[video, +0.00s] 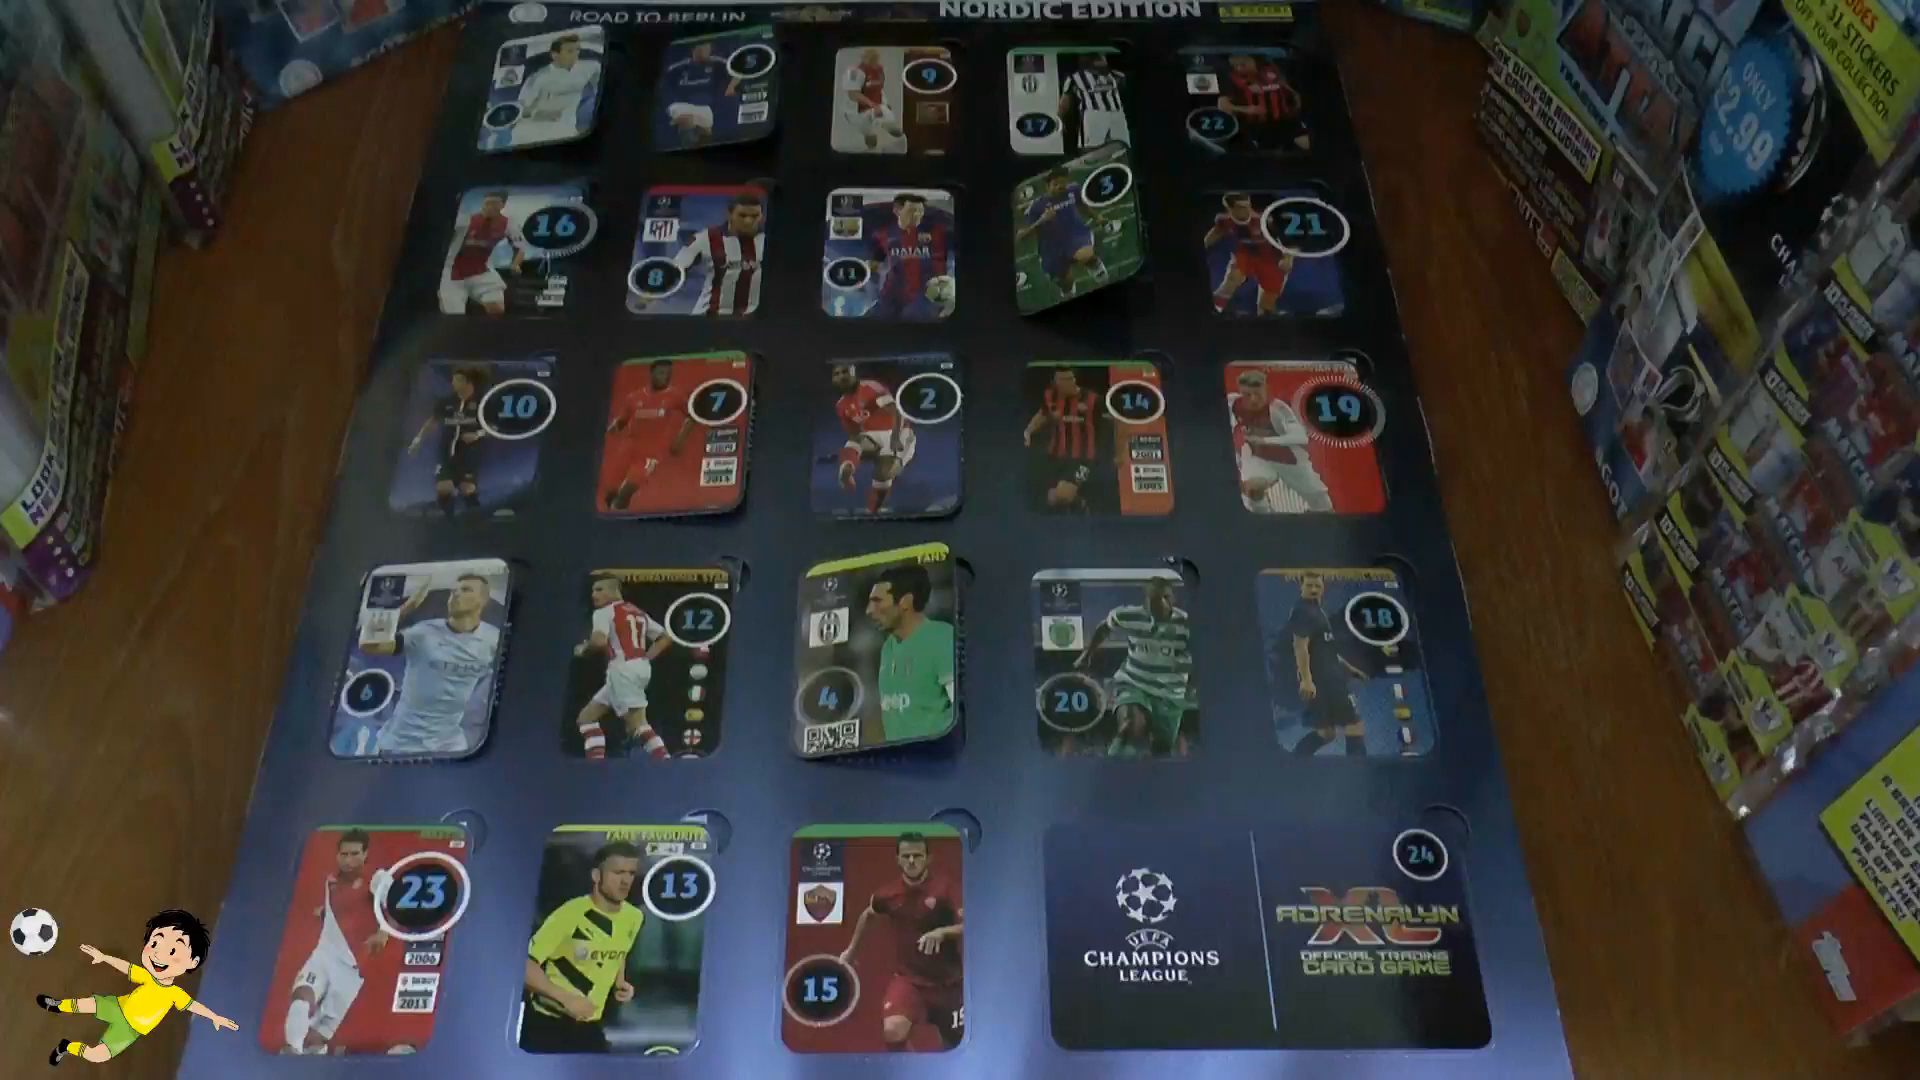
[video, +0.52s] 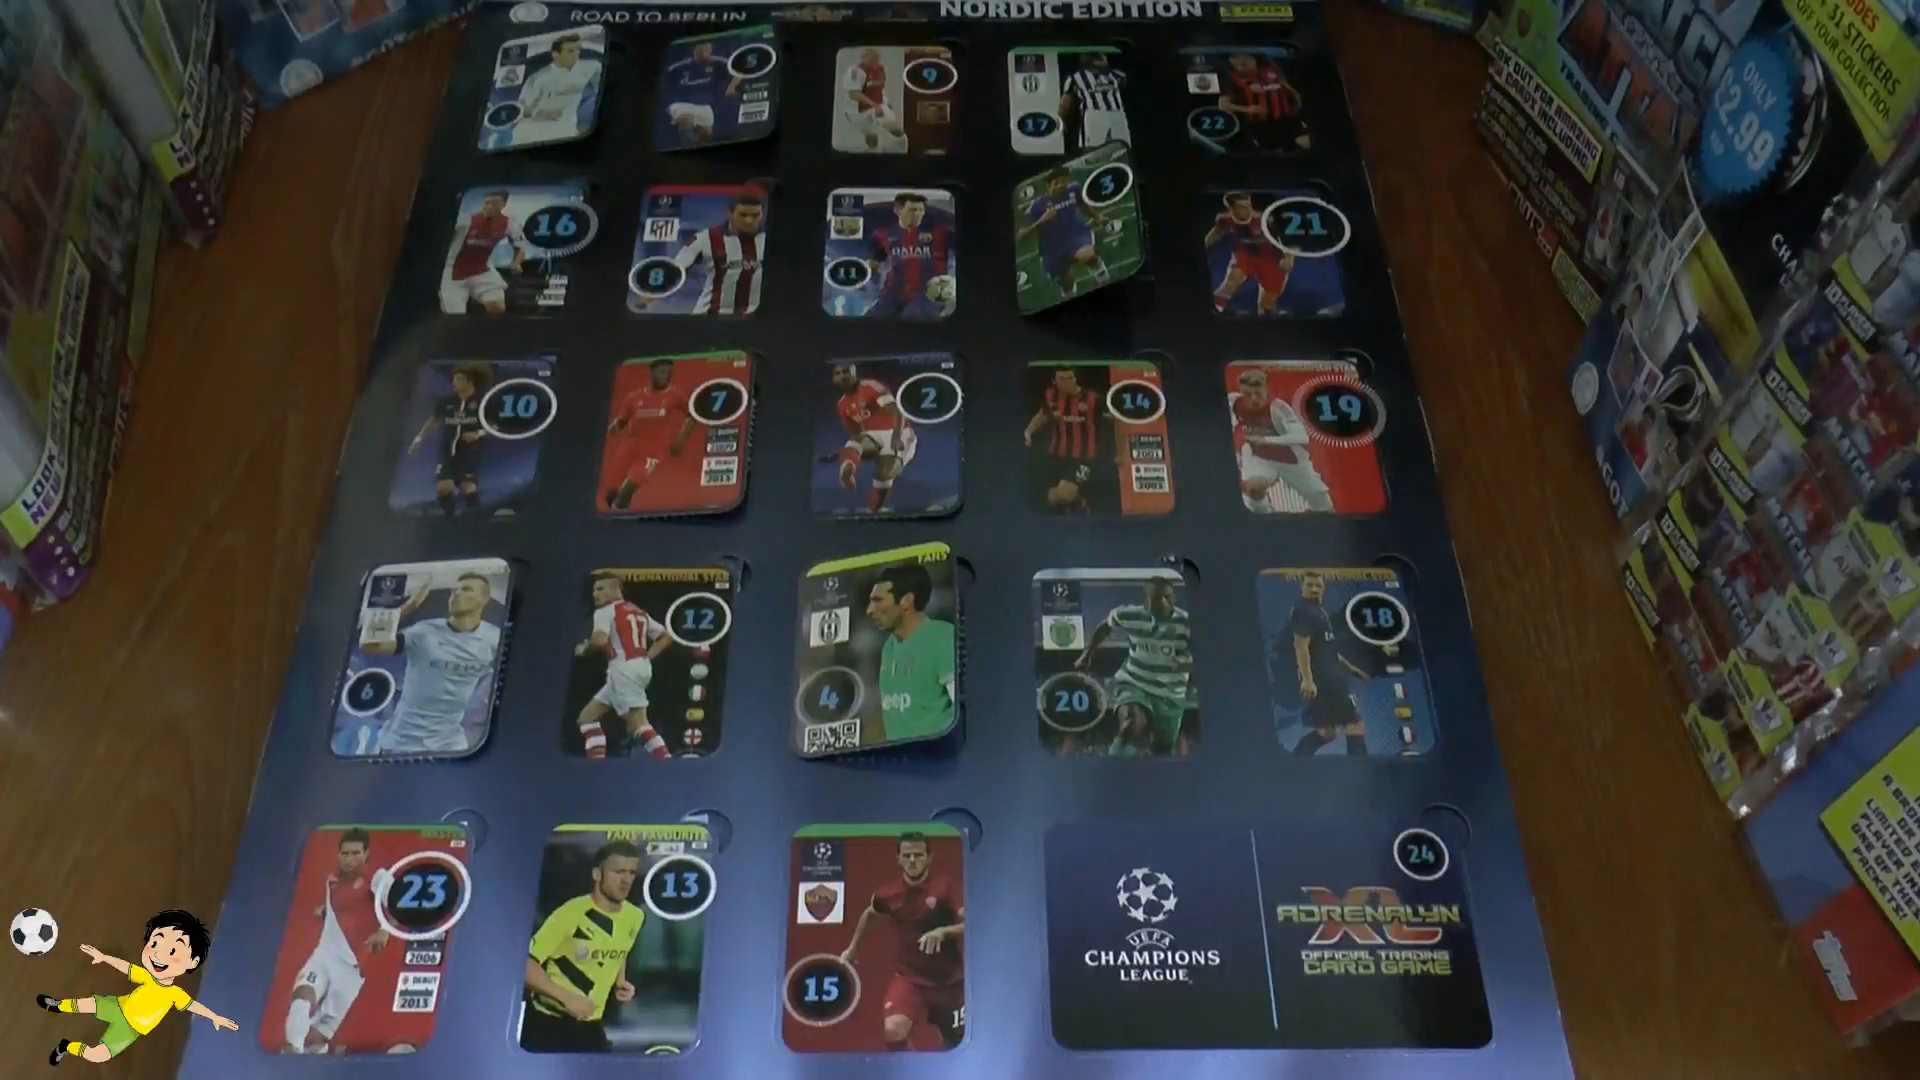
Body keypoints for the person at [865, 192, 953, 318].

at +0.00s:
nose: (917, 215)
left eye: (920, 211)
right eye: (912, 210)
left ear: (924, 212)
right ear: (897, 211)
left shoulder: (934, 235)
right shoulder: (882, 236)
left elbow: (939, 272)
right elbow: (872, 269)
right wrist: (873, 299)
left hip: (922, 300)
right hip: (891, 300)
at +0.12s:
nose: (917, 215)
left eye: (920, 210)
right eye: (912, 210)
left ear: (924, 212)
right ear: (897, 210)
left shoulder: (934, 234)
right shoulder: (883, 236)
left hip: (923, 299)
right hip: (891, 298)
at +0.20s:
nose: (917, 215)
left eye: (920, 210)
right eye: (912, 210)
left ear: (924, 212)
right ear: (897, 210)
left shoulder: (934, 234)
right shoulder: (883, 236)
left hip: (923, 299)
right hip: (891, 298)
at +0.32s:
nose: (917, 215)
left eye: (920, 210)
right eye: (912, 210)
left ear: (924, 212)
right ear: (897, 210)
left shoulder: (933, 235)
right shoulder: (883, 236)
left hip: (923, 299)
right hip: (892, 298)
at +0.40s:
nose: (917, 215)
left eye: (921, 210)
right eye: (912, 210)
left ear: (924, 212)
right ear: (897, 210)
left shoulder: (933, 234)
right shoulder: (884, 235)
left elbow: (940, 271)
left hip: (923, 298)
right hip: (892, 298)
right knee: (870, 322)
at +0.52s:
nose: (917, 214)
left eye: (921, 210)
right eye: (912, 210)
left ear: (925, 211)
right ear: (897, 210)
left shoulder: (937, 233)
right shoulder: (883, 235)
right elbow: (873, 268)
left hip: (925, 299)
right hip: (893, 298)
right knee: (869, 323)